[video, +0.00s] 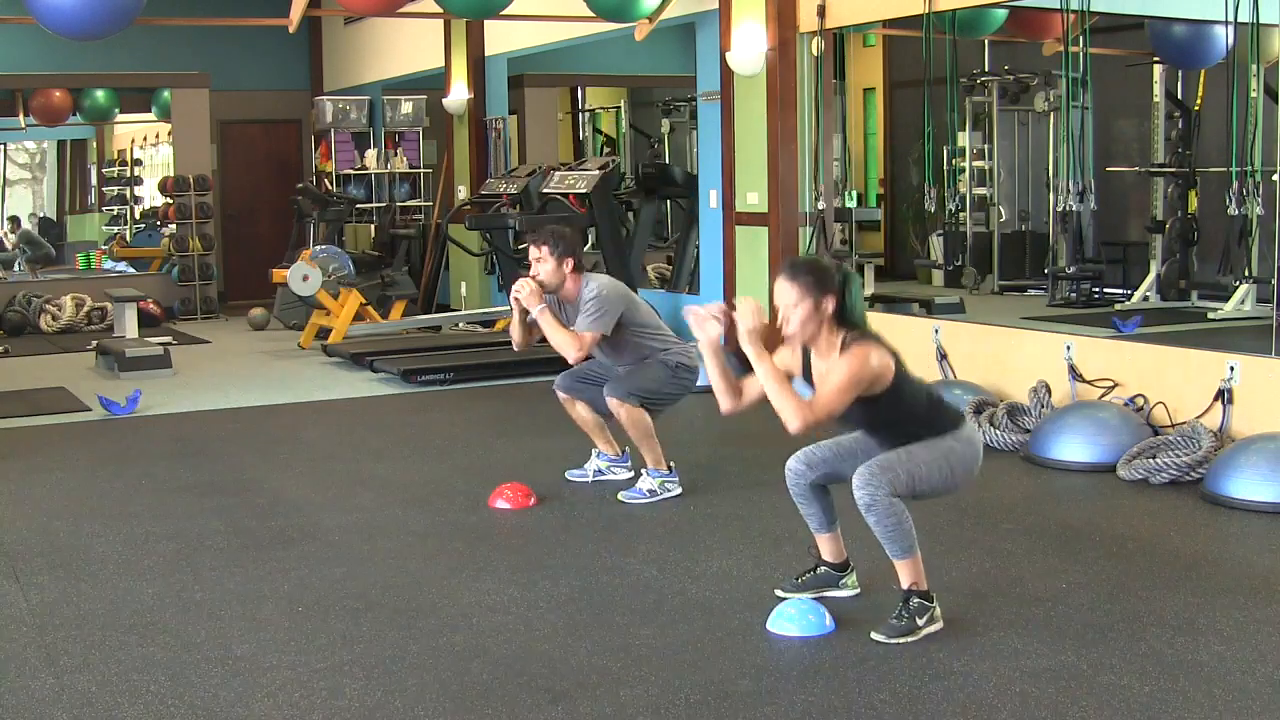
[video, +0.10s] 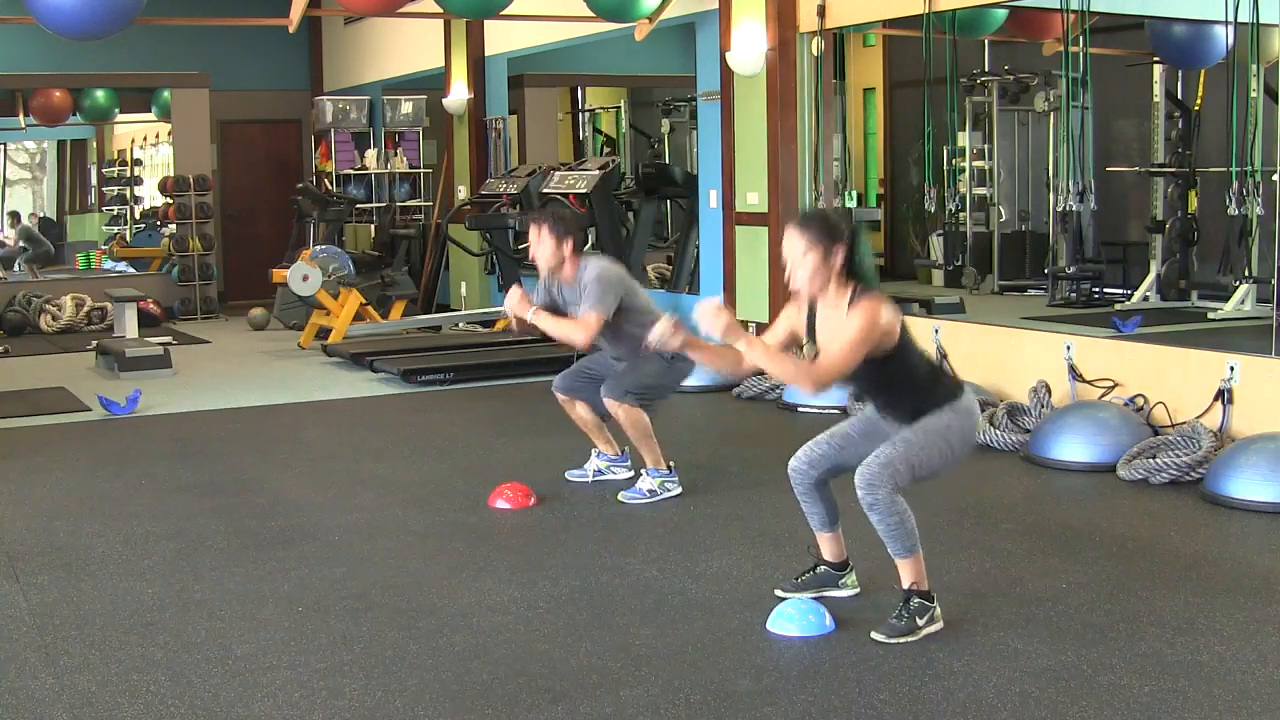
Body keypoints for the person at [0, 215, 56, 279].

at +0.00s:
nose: (8, 227)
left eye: (9, 224)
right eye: (7, 225)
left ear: (16, 224)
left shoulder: (22, 233)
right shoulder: (21, 233)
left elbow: (12, 247)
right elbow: (13, 247)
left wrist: (4, 237)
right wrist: (6, 238)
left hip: (46, 253)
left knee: (26, 259)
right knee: (24, 259)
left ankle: (34, 279)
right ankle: (37, 278)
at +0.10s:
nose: (8, 222)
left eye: (9, 219)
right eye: (8, 220)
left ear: (15, 219)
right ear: (15, 220)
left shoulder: (21, 229)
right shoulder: (21, 228)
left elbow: (14, 245)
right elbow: (14, 244)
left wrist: (4, 241)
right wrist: (6, 240)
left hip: (45, 250)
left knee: (24, 260)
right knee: (23, 260)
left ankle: (35, 279)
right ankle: (37, 278)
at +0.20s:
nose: (9, 211)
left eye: (10, 209)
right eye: (9, 209)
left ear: (16, 209)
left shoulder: (22, 218)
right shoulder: (20, 219)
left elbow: (24, 229)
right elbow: (18, 230)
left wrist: (13, 237)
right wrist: (10, 236)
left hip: (42, 243)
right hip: (37, 243)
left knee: (25, 259)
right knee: (24, 259)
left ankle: (34, 278)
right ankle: (36, 278)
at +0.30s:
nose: (9, 197)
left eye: (10, 194)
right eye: (9, 194)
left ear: (17, 194)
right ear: (16, 194)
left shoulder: (24, 204)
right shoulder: (21, 206)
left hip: (36, 234)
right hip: (32, 233)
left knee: (25, 259)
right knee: (28, 259)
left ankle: (34, 279)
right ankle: (37, 278)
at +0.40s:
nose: (10, 185)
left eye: (12, 182)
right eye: (9, 183)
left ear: (19, 182)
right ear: (7, 184)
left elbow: (38, 199)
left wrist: (31, 212)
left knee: (26, 252)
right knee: (19, 251)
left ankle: (34, 273)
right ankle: (27, 274)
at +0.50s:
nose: (11, 183)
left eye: (13, 179)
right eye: (10, 180)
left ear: (20, 179)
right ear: (10, 181)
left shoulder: (27, 190)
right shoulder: (20, 193)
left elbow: (37, 199)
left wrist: (30, 210)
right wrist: (5, 208)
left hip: (30, 223)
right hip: (23, 223)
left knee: (28, 251)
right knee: (17, 248)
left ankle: (35, 274)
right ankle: (17, 272)